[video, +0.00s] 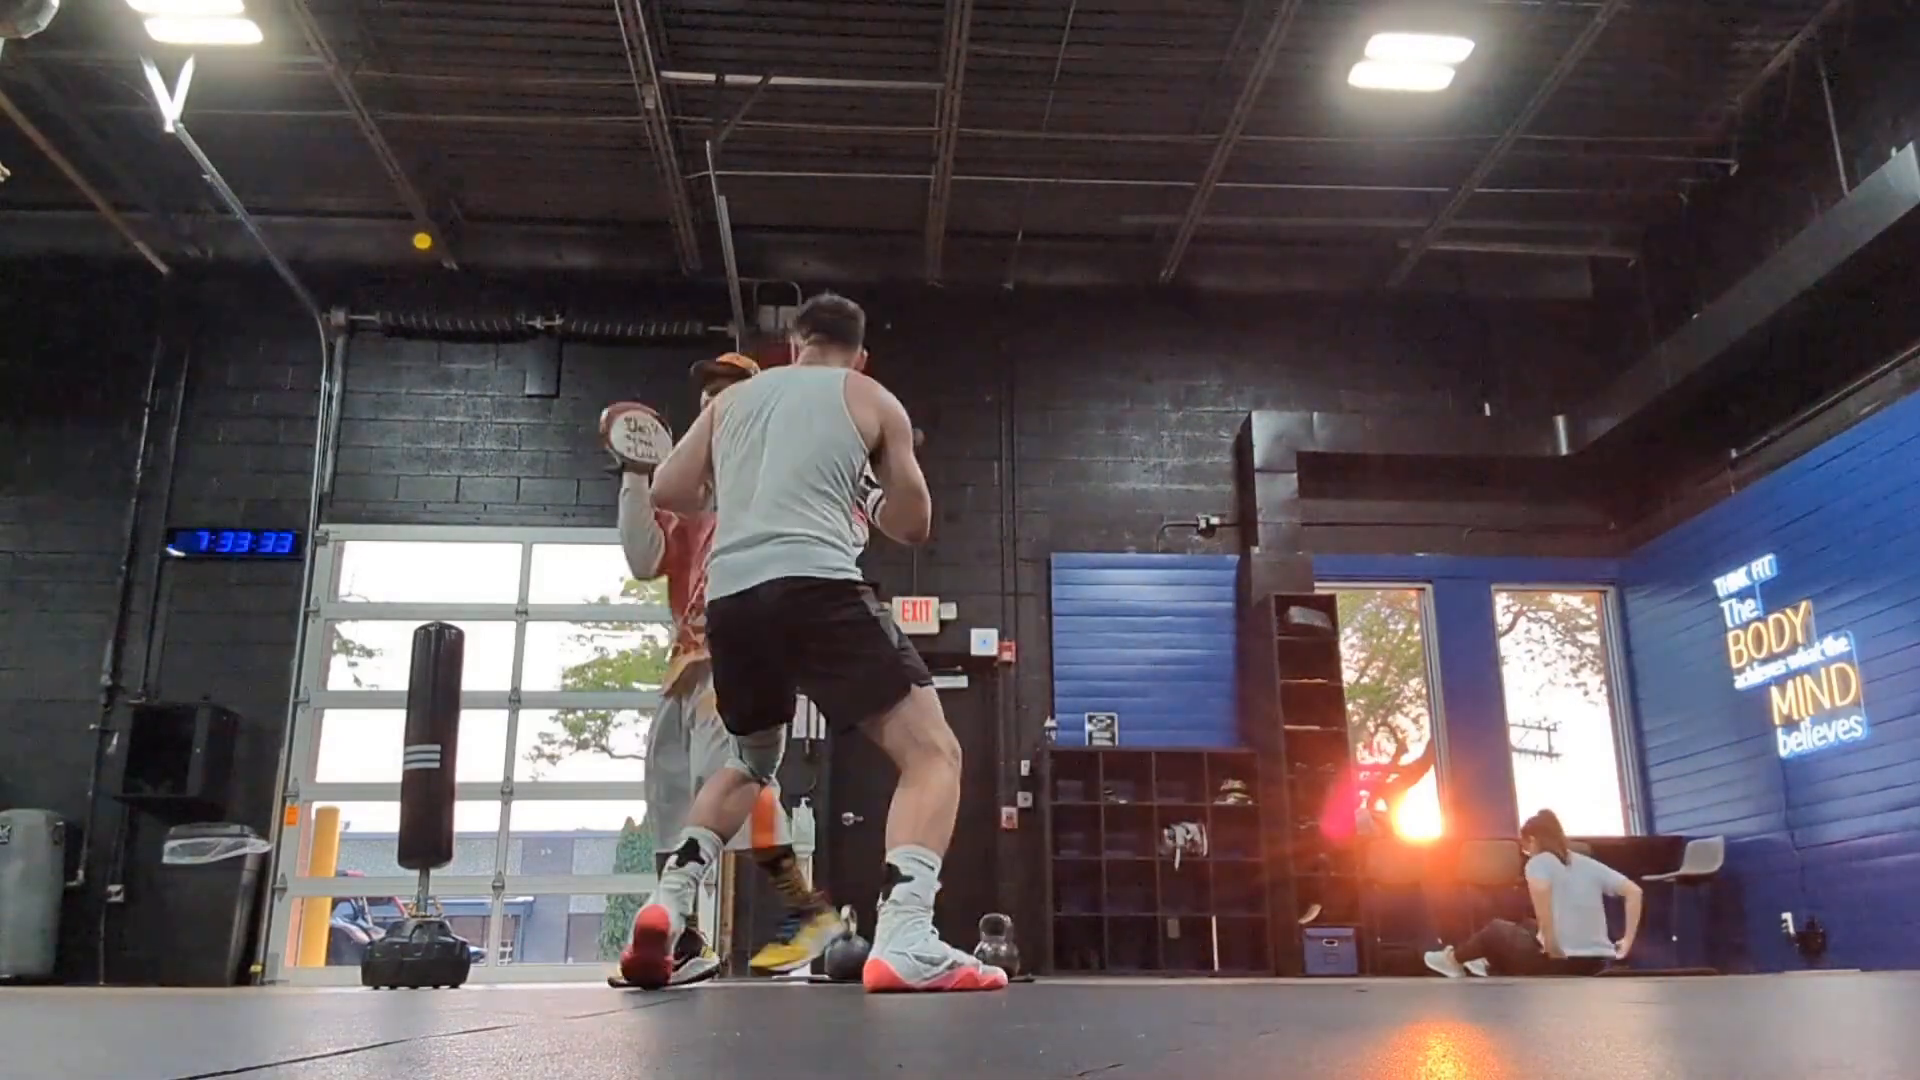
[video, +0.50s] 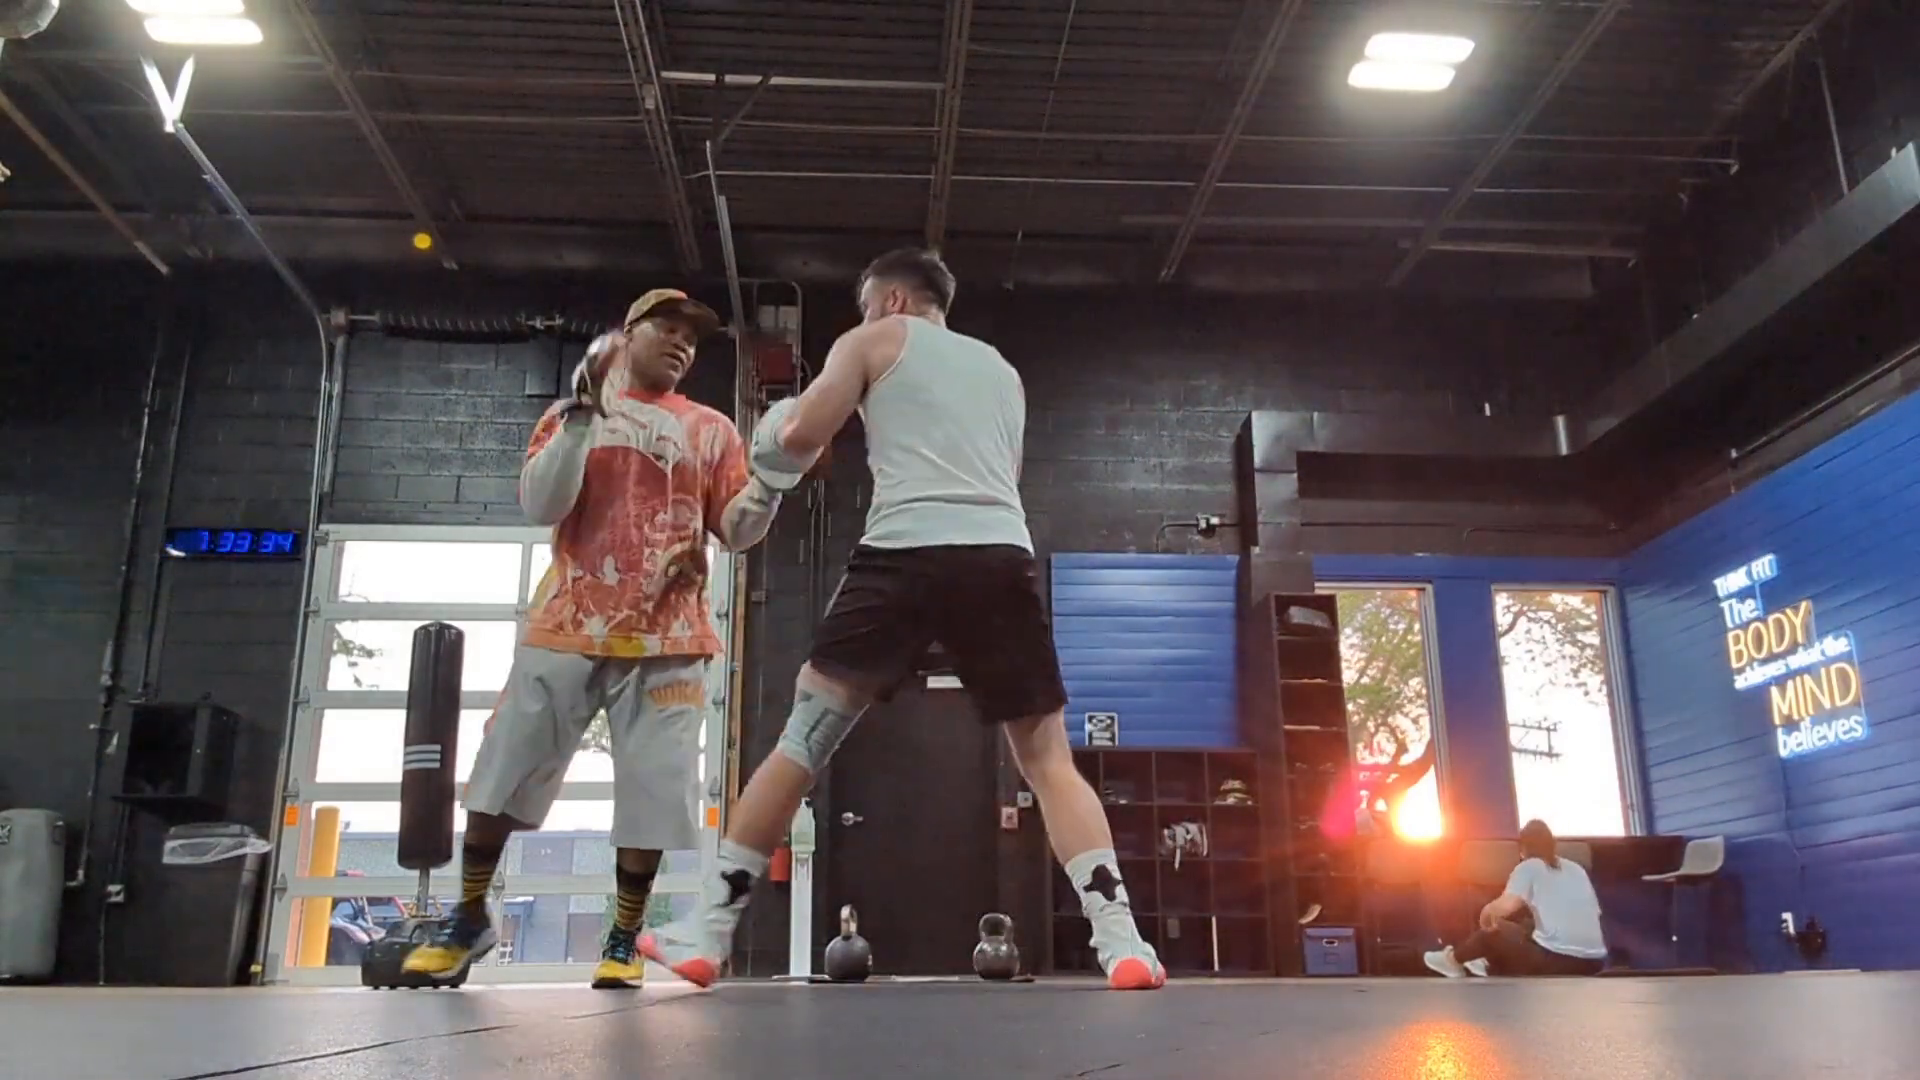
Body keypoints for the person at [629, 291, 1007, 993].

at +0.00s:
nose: (803, 359)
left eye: (795, 348)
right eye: (857, 357)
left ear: (793, 345)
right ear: (861, 353)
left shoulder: (733, 399)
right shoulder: (876, 402)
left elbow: (671, 490)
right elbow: (913, 523)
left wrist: (736, 497)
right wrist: (863, 499)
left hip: (731, 603)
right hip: (822, 590)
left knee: (747, 766)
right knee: (933, 756)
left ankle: (669, 898)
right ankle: (907, 936)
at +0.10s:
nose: (779, 334)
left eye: (770, 323)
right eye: (826, 330)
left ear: (767, 321)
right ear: (839, 330)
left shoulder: (723, 375)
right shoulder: (875, 384)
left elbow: (669, 479)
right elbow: (896, 502)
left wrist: (702, 410)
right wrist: (866, 440)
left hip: (760, 582)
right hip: (852, 570)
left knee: (732, 771)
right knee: (919, 756)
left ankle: (667, 938)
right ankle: (906, 931)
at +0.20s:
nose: (769, 332)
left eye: (768, 323)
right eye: (775, 325)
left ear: (778, 318)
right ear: (844, 324)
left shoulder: (750, 365)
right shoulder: (884, 380)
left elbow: (695, 465)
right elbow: (868, 460)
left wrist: (695, 409)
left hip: (776, 577)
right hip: (871, 573)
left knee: (715, 766)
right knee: (932, 762)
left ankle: (666, 942)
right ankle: (962, 922)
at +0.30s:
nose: (800, 332)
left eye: (801, 322)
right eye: (805, 325)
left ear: (812, 319)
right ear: (876, 332)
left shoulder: (780, 362)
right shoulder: (916, 394)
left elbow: (729, 444)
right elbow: (902, 484)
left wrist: (671, 444)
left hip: (792, 583)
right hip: (893, 582)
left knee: (711, 764)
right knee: (977, 768)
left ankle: (661, 946)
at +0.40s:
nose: (831, 339)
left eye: (834, 327)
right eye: (833, 330)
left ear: (857, 320)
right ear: (912, 327)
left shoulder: (824, 361)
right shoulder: (971, 399)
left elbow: (748, 461)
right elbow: (969, 520)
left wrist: (726, 440)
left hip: (841, 578)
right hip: (943, 582)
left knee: (748, 764)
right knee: (1022, 774)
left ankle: (662, 946)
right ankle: (1117, 943)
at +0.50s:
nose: (867, 320)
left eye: (868, 308)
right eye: (868, 310)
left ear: (892, 298)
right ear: (941, 304)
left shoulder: (870, 340)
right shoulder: (1004, 371)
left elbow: (802, 435)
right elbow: (1008, 473)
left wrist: (762, 487)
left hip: (899, 559)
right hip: (1000, 563)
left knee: (802, 745)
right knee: (1049, 756)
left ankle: (707, 929)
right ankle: (1121, 940)